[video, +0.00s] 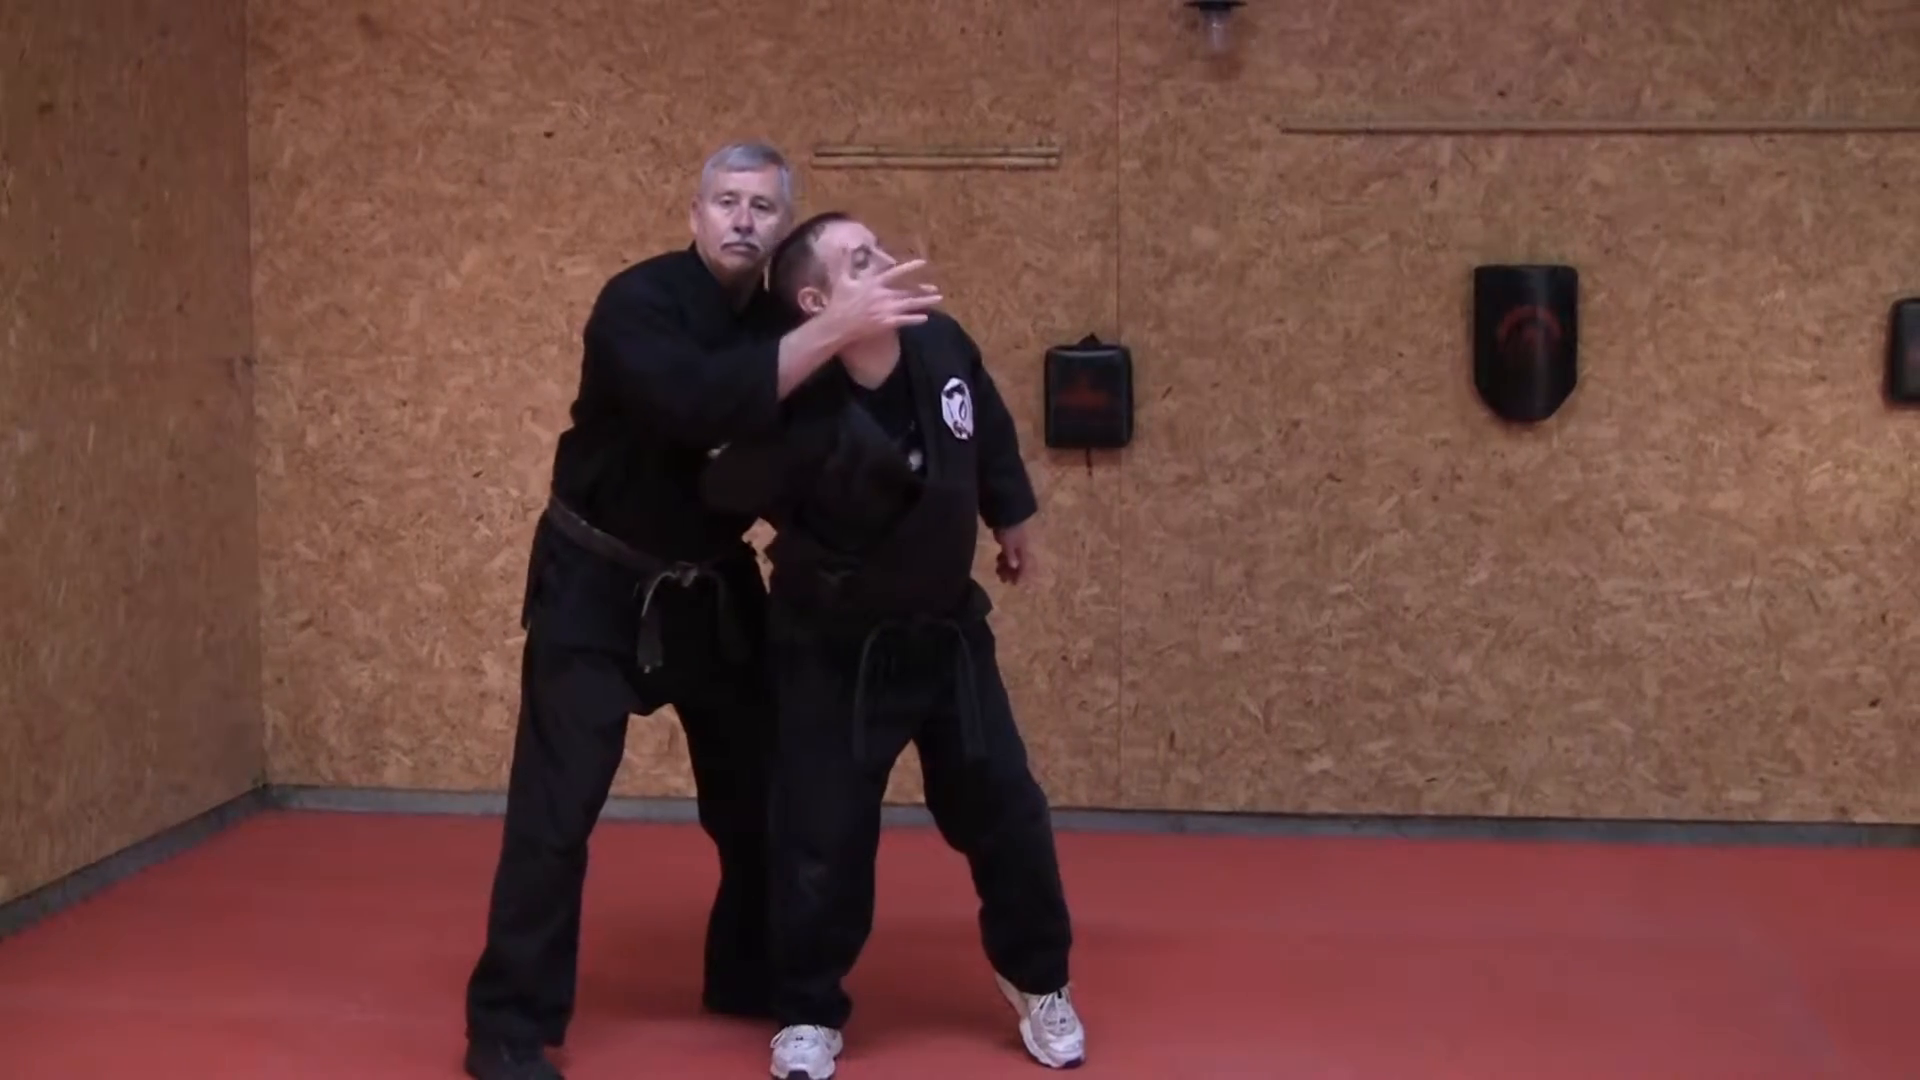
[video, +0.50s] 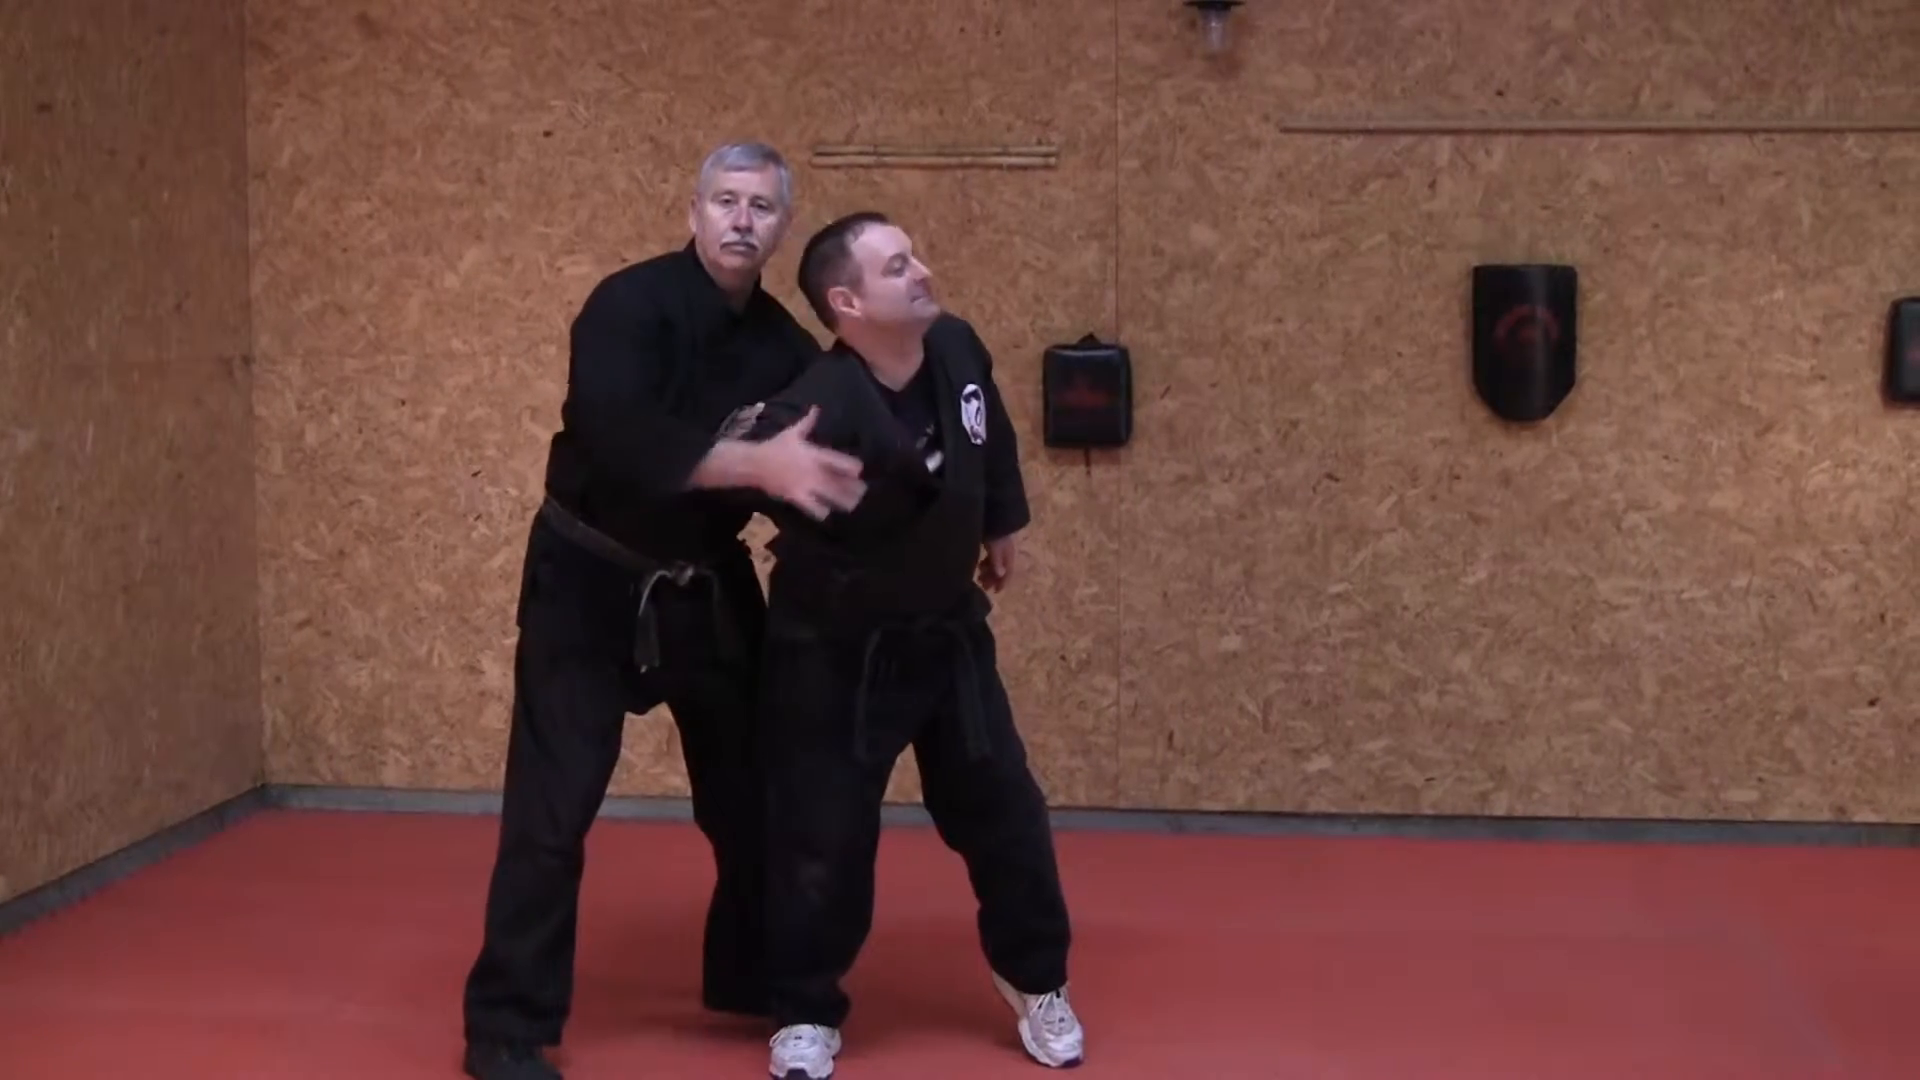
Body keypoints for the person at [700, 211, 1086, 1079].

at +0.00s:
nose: (888, 268)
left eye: (882, 252)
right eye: (860, 262)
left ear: (895, 269)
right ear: (812, 303)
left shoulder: (940, 346)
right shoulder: (798, 414)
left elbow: (989, 431)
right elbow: (722, 501)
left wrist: (1014, 519)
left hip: (944, 629)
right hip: (829, 641)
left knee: (1005, 808)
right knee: (819, 830)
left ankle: (1038, 981)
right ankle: (810, 1013)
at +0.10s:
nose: (896, 269)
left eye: (888, 253)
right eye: (867, 265)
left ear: (902, 272)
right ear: (818, 308)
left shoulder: (943, 349)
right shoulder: (799, 418)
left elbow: (987, 431)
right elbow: (719, 501)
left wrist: (1007, 520)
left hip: (943, 628)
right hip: (827, 641)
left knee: (1002, 806)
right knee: (818, 829)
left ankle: (1037, 979)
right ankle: (808, 1013)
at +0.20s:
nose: (899, 268)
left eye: (893, 254)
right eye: (872, 263)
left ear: (904, 272)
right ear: (820, 304)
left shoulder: (946, 350)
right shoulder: (800, 401)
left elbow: (986, 434)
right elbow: (724, 496)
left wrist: (1004, 522)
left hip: (942, 627)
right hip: (827, 638)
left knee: (1001, 805)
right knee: (817, 827)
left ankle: (1036, 980)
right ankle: (809, 1012)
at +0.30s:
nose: (907, 267)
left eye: (900, 252)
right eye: (879, 263)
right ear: (831, 304)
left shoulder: (947, 348)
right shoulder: (804, 401)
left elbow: (987, 436)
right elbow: (725, 495)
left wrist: (1004, 523)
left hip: (941, 626)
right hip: (826, 638)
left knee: (1001, 805)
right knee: (817, 828)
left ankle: (1036, 980)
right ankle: (808, 1012)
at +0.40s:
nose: (914, 269)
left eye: (907, 255)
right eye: (886, 264)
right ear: (837, 305)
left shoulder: (949, 347)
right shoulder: (807, 413)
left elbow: (990, 436)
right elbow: (716, 496)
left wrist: (1003, 524)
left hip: (943, 628)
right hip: (829, 643)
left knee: (1002, 806)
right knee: (819, 830)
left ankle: (1038, 982)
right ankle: (806, 1014)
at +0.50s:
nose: (922, 273)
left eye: (916, 259)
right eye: (897, 268)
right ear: (845, 305)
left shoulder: (954, 347)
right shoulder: (815, 410)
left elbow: (991, 436)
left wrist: (1004, 524)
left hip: (944, 631)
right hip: (831, 648)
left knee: (1003, 808)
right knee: (821, 832)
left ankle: (1038, 983)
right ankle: (806, 1014)